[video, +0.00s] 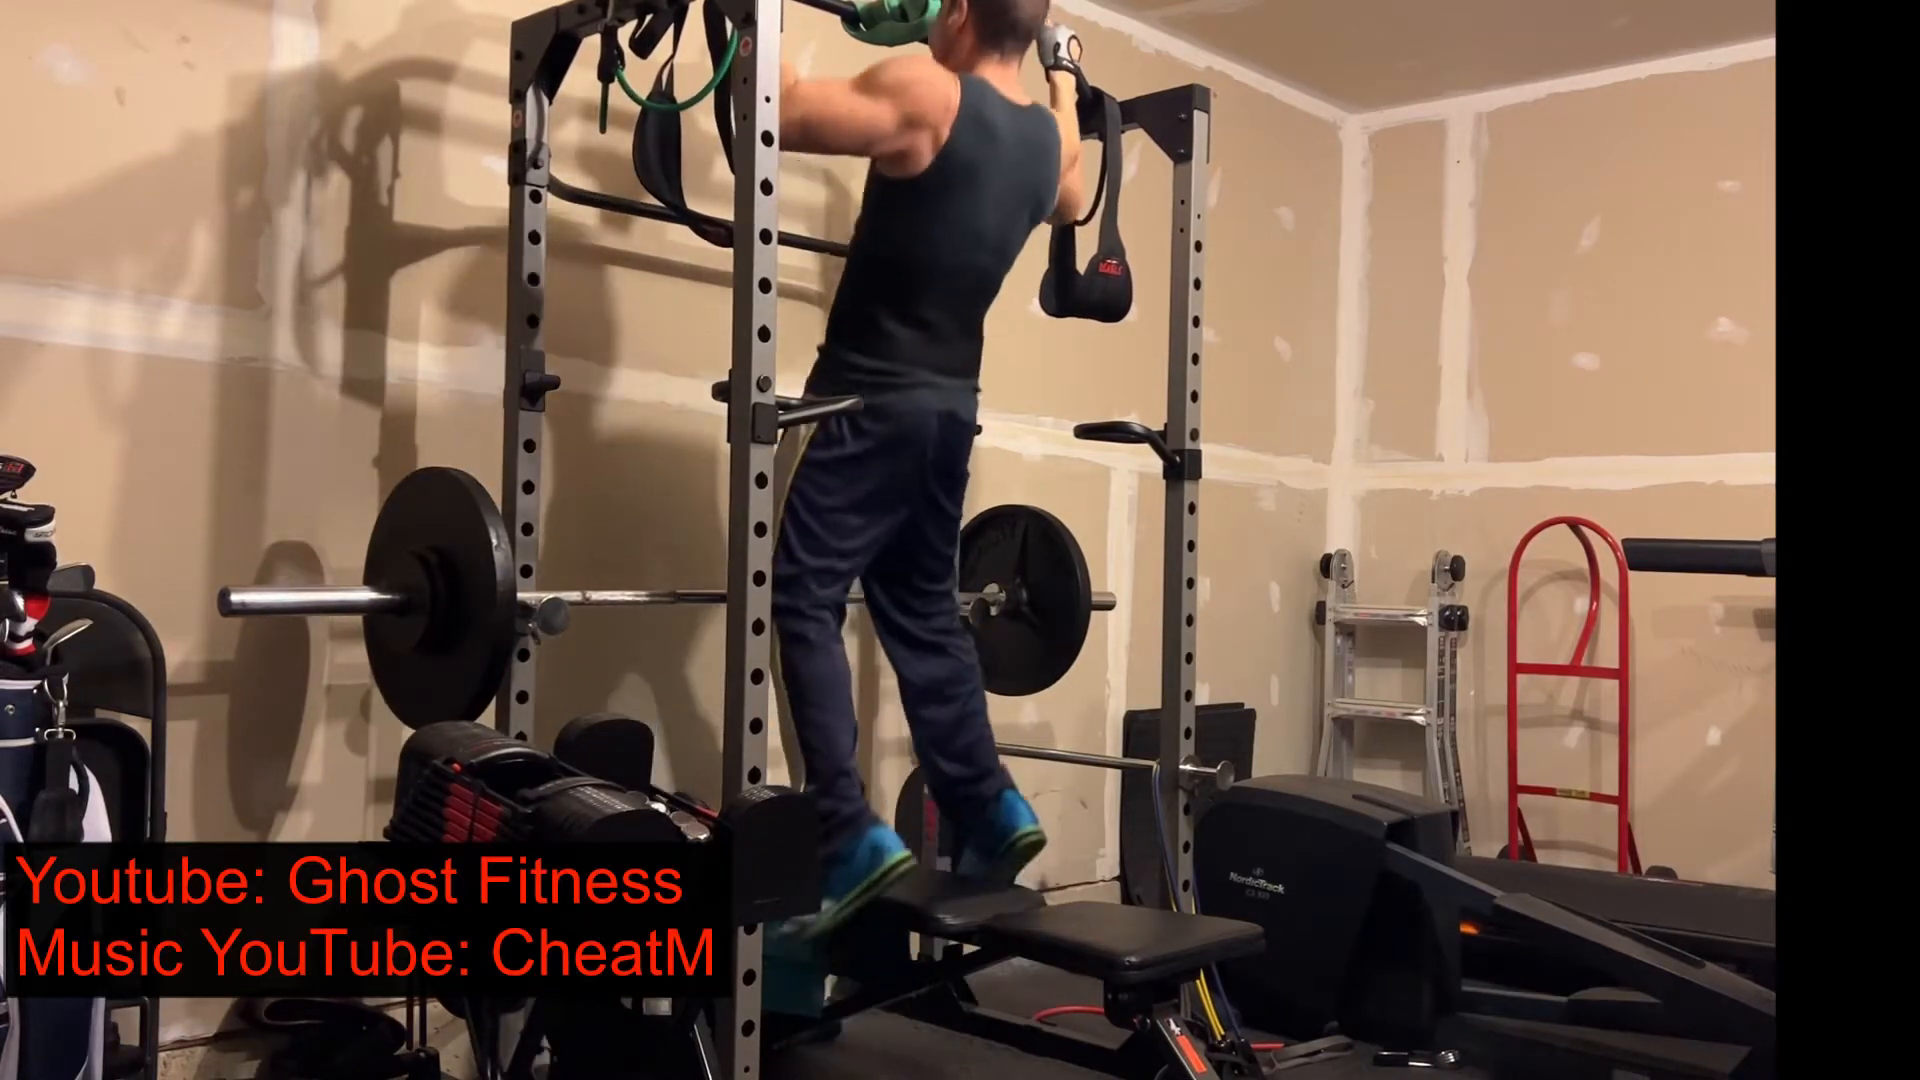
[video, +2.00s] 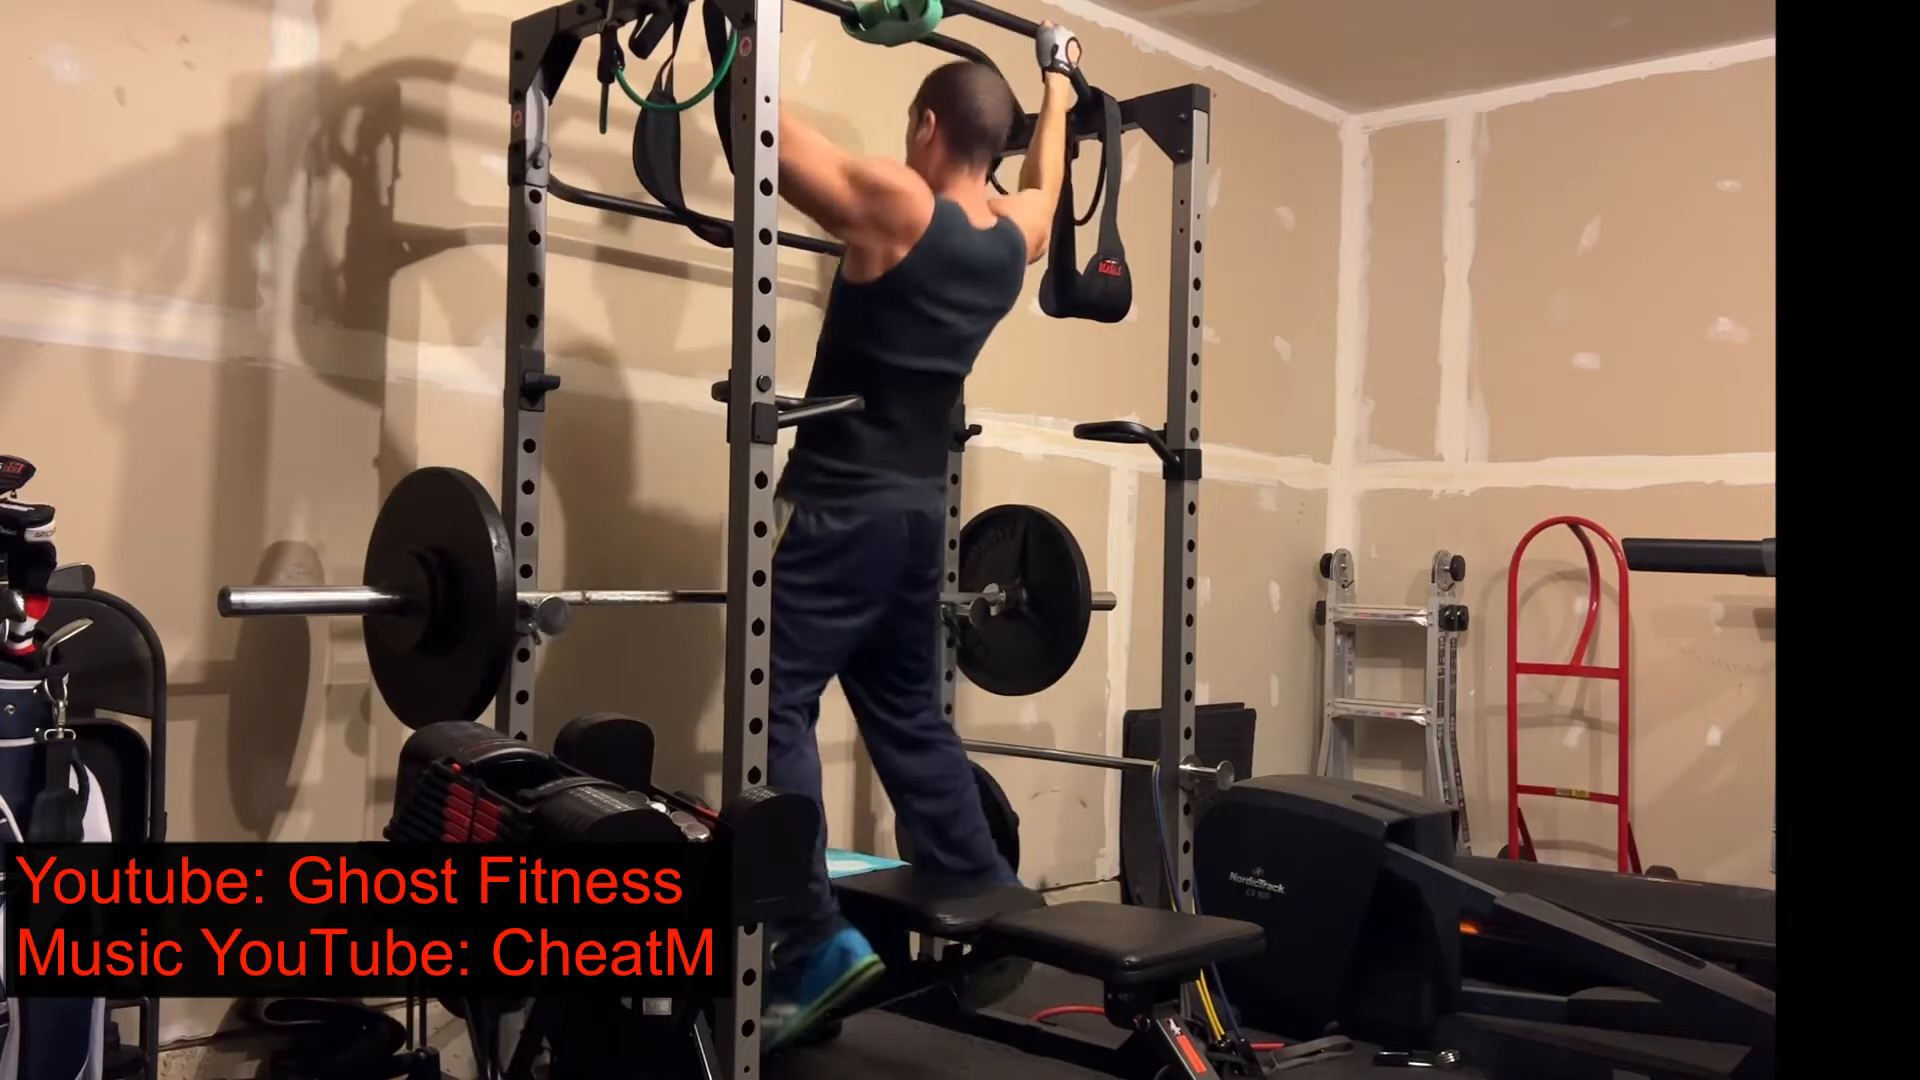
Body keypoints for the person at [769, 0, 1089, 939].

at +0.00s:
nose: (937, 22)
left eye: (945, 11)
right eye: (946, 12)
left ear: (960, 17)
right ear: (1034, 37)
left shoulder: (920, 89)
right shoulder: (1047, 136)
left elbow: (774, 112)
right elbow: (1072, 202)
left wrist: (755, 17)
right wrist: (1058, 97)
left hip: (870, 396)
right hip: (950, 407)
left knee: (803, 601)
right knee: (921, 610)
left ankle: (852, 834)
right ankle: (988, 812)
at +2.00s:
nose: (905, 133)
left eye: (911, 121)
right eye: (912, 122)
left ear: (932, 129)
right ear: (999, 148)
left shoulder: (890, 199)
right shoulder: (1013, 240)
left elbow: (758, 130)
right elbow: (1047, 184)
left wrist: (743, 32)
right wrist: (1058, 96)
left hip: (840, 507)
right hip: (919, 514)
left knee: (777, 706)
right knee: (911, 719)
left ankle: (805, 928)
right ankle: (988, 913)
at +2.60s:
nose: (935, 93)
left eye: (941, 77)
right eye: (943, 77)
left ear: (958, 91)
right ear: (1032, 105)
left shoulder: (926, 164)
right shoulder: (1044, 202)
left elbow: (787, 128)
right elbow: (1053, 177)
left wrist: (763, 27)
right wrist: (1049, 103)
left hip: (877, 485)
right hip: (952, 488)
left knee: (806, 684)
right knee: (927, 686)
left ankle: (838, 920)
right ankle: (993, 872)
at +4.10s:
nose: (934, 62)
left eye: (940, 46)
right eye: (942, 47)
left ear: (958, 56)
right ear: (1031, 72)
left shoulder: (922, 134)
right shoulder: (1041, 169)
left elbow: (785, 123)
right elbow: (1068, 200)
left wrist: (758, 20)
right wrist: (1054, 104)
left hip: (868, 447)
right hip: (945, 453)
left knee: (795, 641)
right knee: (922, 648)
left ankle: (823, 872)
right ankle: (984, 844)